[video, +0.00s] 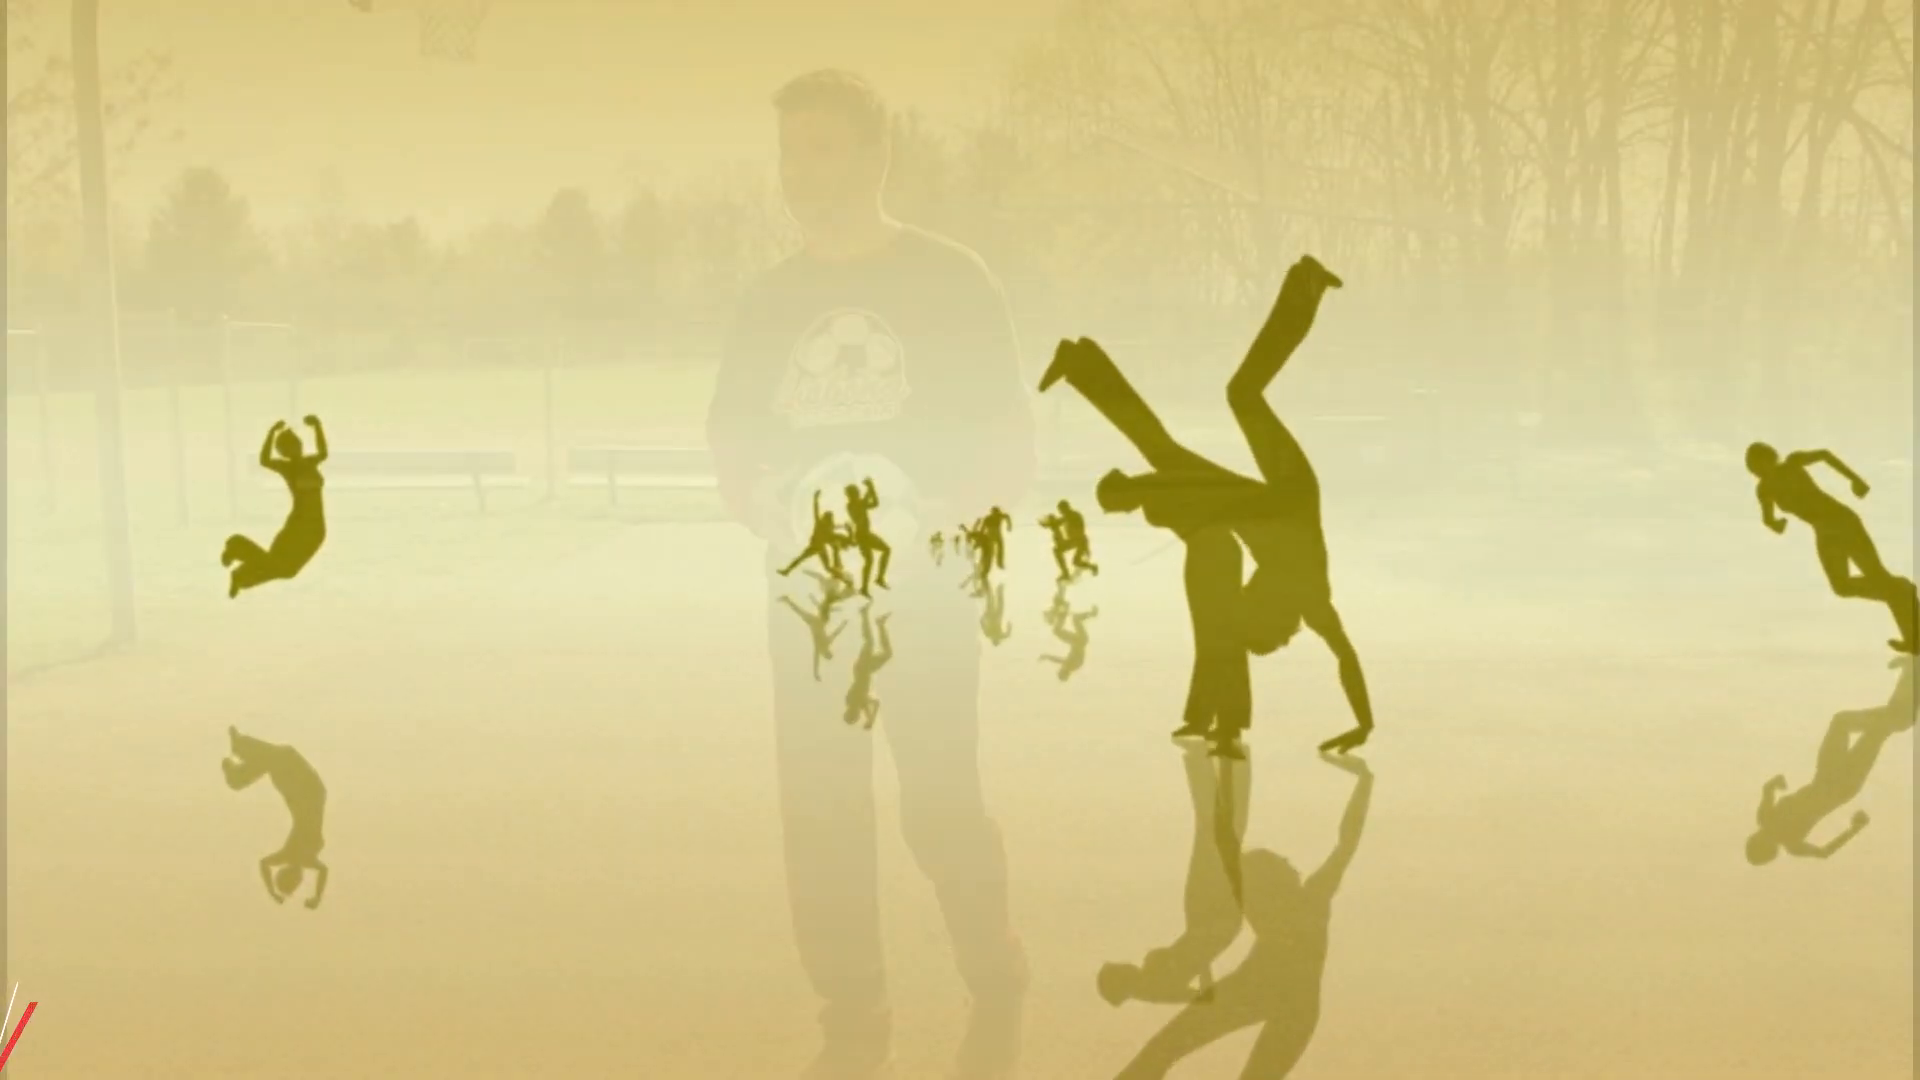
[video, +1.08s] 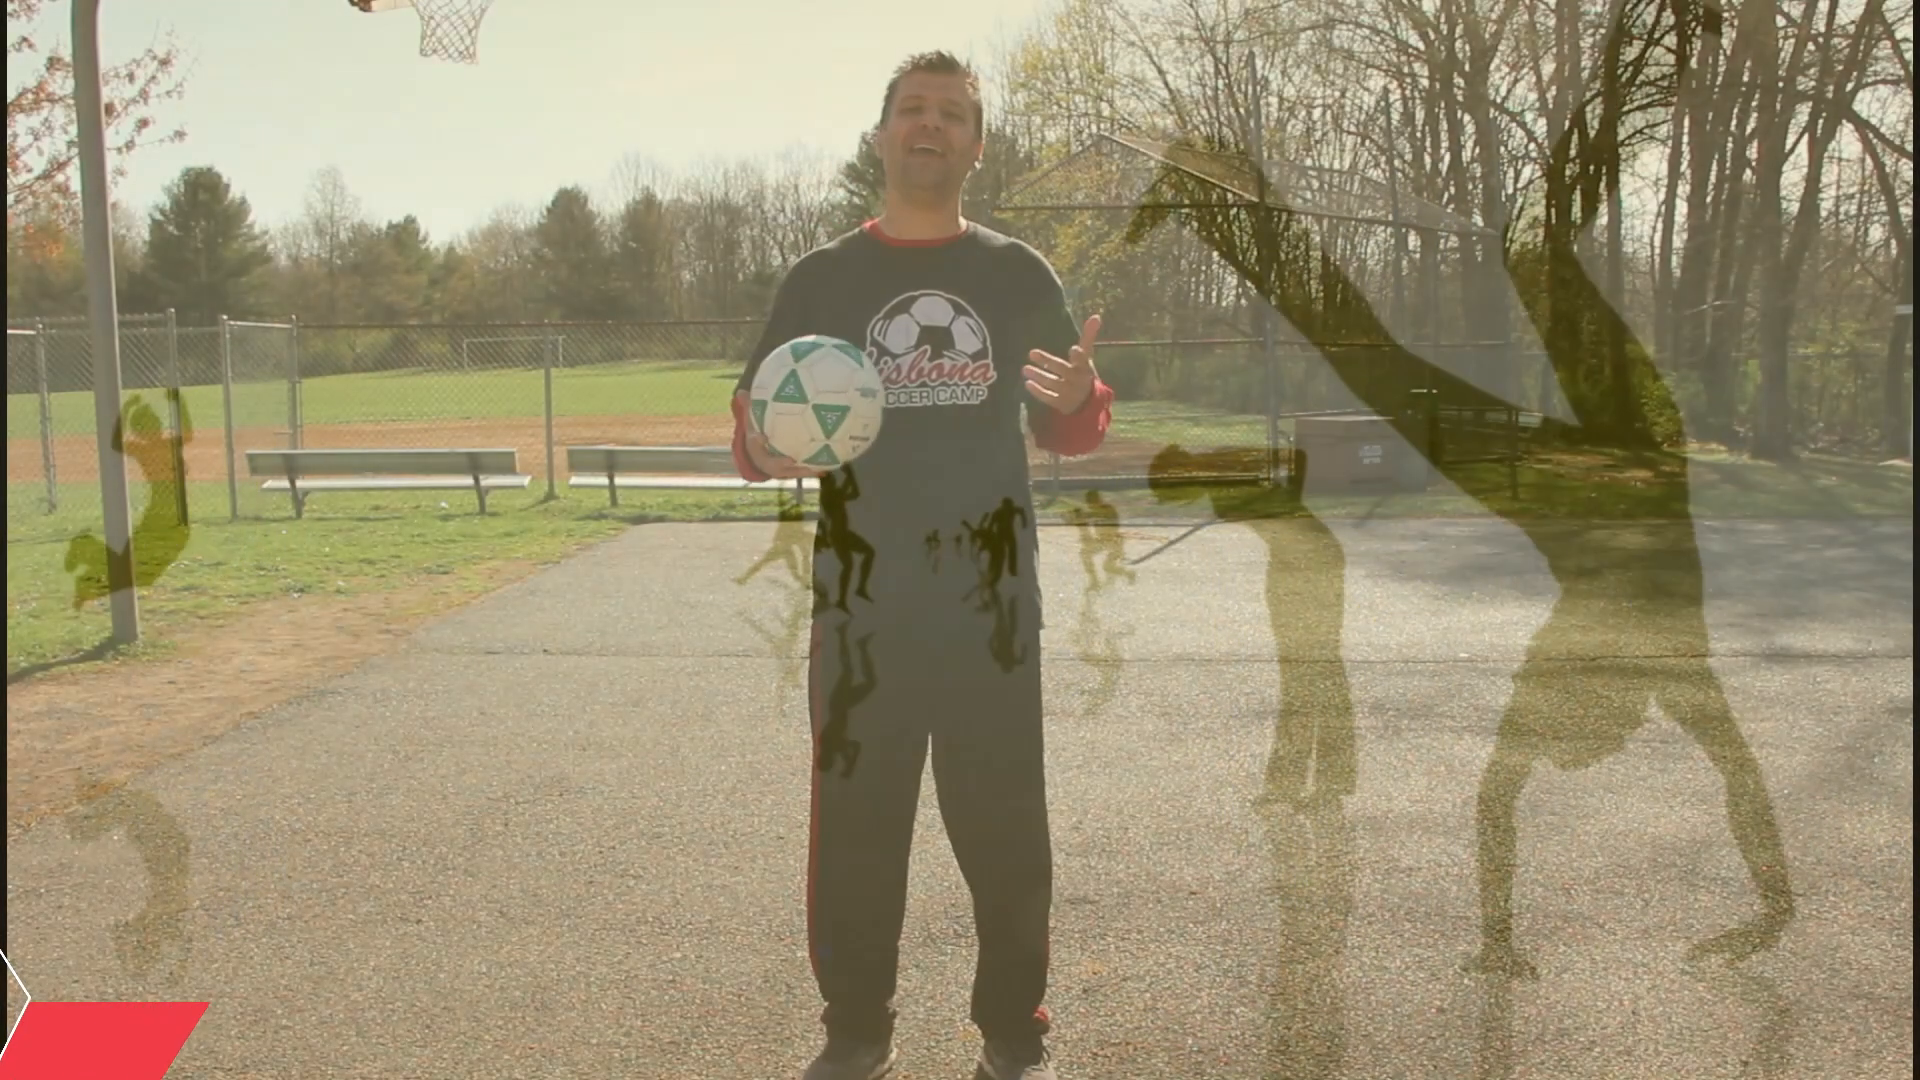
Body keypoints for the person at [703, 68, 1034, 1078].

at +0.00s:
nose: (809, 175)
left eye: (829, 150)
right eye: (795, 154)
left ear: (874, 153)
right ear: (780, 164)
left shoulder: (948, 276)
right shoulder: (771, 297)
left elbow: (1003, 420)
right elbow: (731, 432)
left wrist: (969, 520)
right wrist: (776, 513)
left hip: (930, 564)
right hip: (806, 573)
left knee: (942, 807)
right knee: (822, 809)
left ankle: (995, 993)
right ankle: (850, 1018)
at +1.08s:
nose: (931, 128)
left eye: (953, 114)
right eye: (913, 111)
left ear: (979, 145)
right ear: (879, 135)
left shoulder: (1019, 274)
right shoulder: (816, 281)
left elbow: (1068, 433)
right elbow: (756, 427)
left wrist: (1078, 403)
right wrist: (770, 443)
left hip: (989, 572)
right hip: (863, 573)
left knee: (1003, 813)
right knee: (855, 812)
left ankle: (1013, 1033)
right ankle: (853, 1031)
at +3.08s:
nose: (974, 140)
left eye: (997, 127)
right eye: (956, 123)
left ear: (1024, 154)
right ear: (928, 147)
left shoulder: (1072, 287)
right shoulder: (869, 289)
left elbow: (1129, 434)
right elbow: (815, 422)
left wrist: (1068, 470)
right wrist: (860, 472)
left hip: (1034, 593)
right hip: (905, 591)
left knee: (1034, 820)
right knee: (884, 815)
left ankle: (1019, 1032)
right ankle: (857, 1028)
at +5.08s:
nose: (894, 141)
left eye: (917, 128)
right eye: (876, 124)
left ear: (945, 154)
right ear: (849, 145)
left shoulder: (994, 283)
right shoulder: (787, 288)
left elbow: (1047, 426)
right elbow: (734, 428)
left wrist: (998, 463)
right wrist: (789, 474)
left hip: (957, 591)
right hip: (830, 595)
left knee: (983, 815)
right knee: (838, 819)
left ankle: (1014, 1028)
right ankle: (853, 1026)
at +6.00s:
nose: (972, 146)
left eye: (993, 131)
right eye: (952, 129)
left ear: (1016, 153)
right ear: (917, 146)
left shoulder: (1057, 288)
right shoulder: (853, 288)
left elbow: (1118, 428)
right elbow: (795, 426)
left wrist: (1058, 464)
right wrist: (852, 467)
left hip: (1019, 592)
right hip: (889, 590)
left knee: (1023, 814)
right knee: (876, 808)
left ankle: (1018, 1032)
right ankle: (857, 1025)